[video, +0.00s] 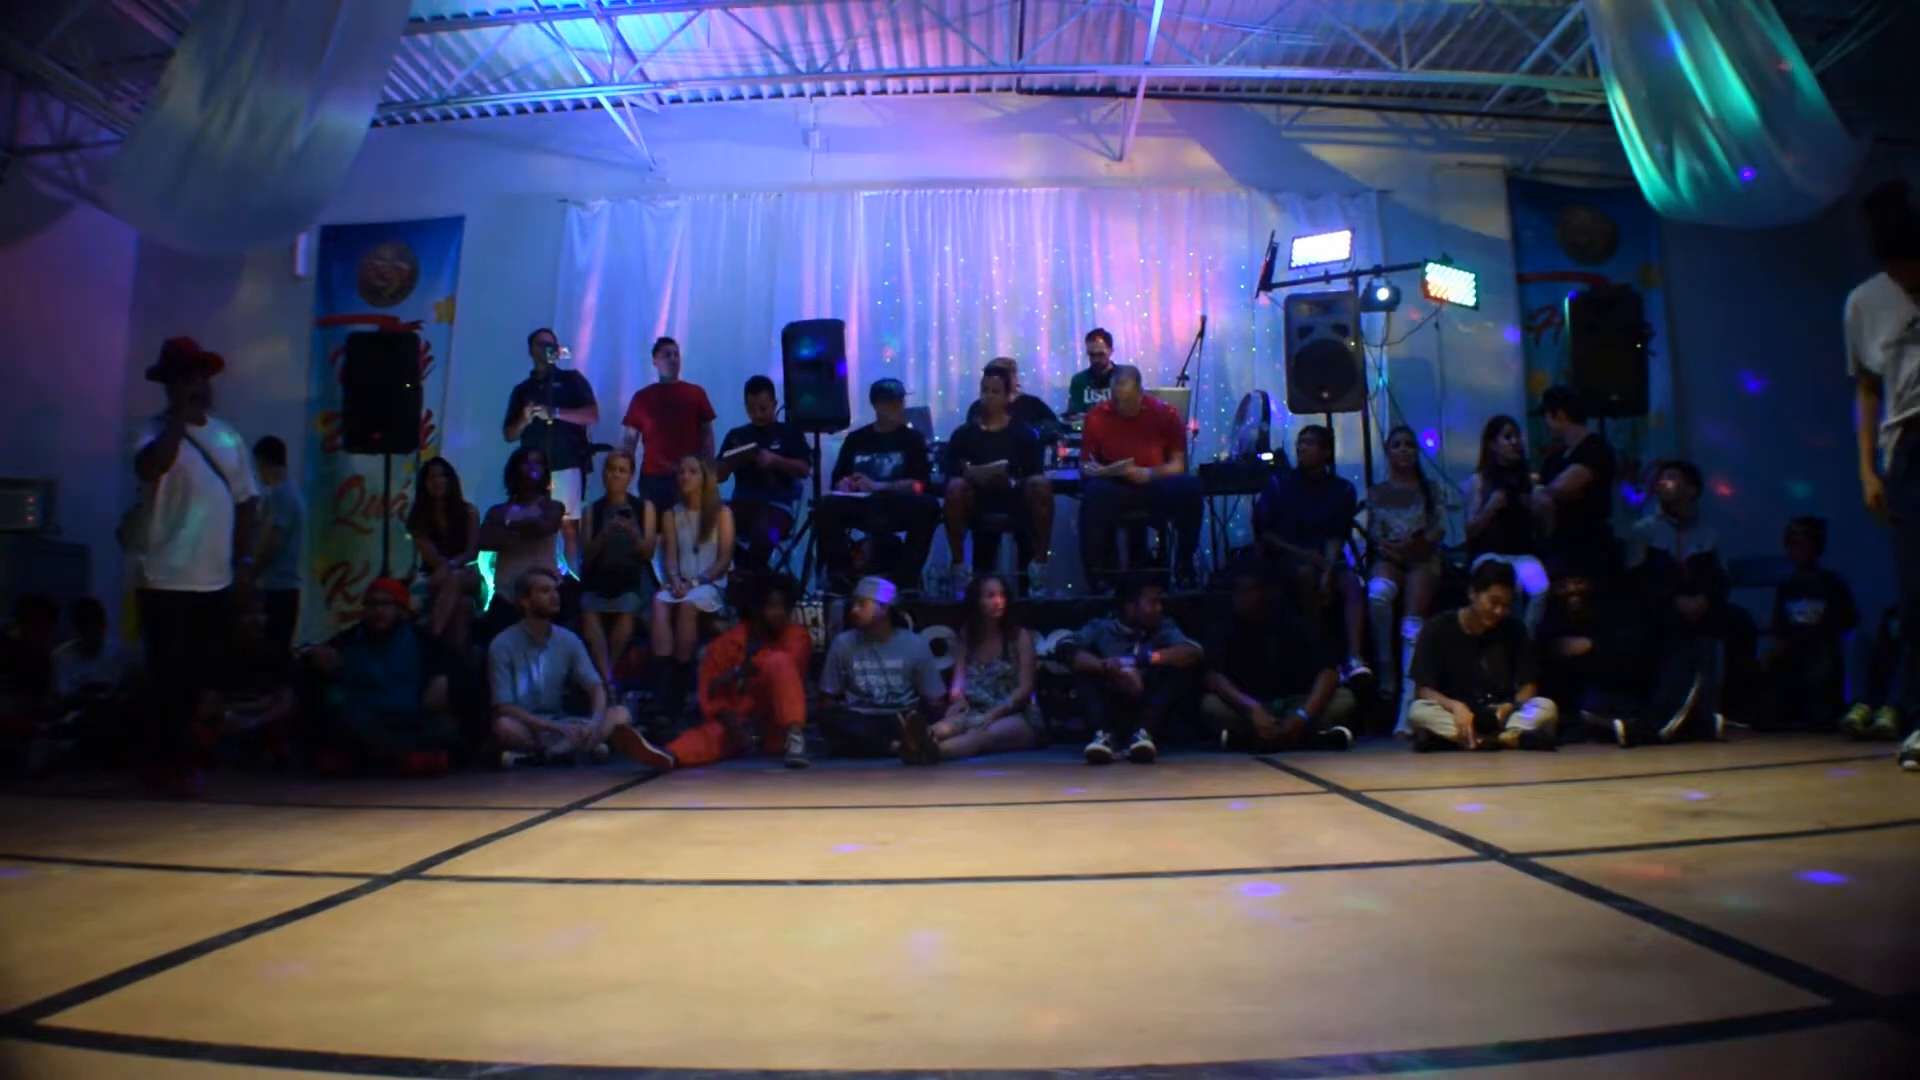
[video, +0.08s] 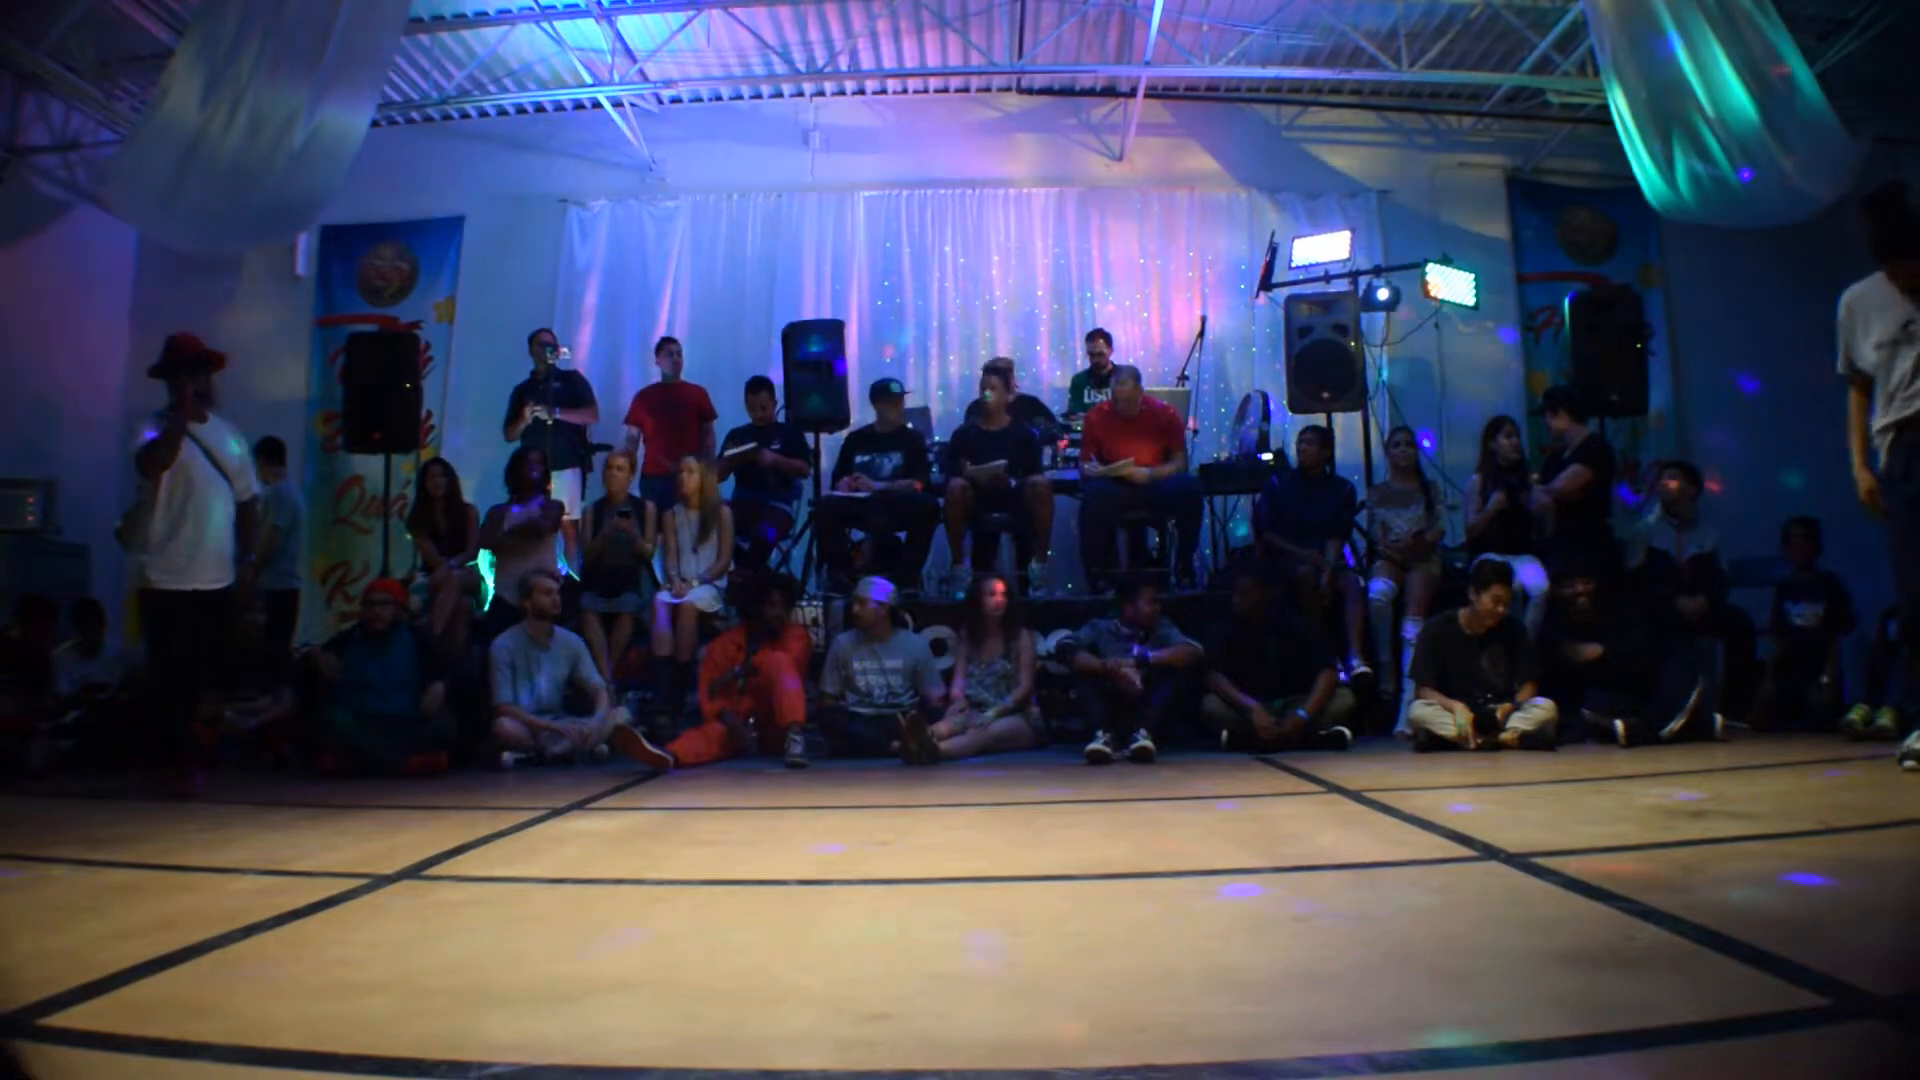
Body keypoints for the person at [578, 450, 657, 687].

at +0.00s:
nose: (616, 475)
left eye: (622, 470)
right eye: (611, 469)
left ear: (631, 476)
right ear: (604, 474)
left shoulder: (645, 507)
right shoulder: (591, 510)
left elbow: (648, 550)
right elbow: (587, 554)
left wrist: (631, 533)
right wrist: (604, 535)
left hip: (631, 573)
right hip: (599, 573)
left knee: (626, 611)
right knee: (589, 611)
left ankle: (607, 672)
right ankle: (606, 677)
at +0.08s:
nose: (613, 474)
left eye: (620, 469)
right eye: (609, 469)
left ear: (631, 476)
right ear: (603, 475)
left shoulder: (645, 508)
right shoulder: (591, 511)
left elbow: (649, 550)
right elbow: (586, 554)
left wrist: (632, 534)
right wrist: (605, 535)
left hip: (631, 573)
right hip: (599, 573)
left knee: (627, 610)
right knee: (589, 610)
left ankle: (608, 673)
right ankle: (605, 677)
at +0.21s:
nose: (612, 472)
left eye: (619, 468)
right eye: (608, 467)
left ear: (631, 476)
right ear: (603, 474)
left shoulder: (646, 508)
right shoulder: (592, 510)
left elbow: (648, 551)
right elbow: (587, 554)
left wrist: (631, 533)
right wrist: (605, 534)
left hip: (632, 573)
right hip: (599, 573)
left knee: (626, 610)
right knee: (588, 610)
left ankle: (606, 674)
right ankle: (605, 677)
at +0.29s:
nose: (612, 472)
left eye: (619, 468)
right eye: (608, 467)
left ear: (632, 475)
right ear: (603, 473)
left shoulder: (646, 508)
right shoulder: (592, 510)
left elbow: (648, 550)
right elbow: (587, 553)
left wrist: (631, 533)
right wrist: (605, 534)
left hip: (632, 573)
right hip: (599, 573)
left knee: (626, 610)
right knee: (588, 610)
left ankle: (606, 675)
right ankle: (606, 679)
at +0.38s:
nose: (612, 472)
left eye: (619, 467)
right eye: (609, 467)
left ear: (632, 475)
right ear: (603, 473)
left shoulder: (645, 507)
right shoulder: (592, 510)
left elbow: (648, 550)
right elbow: (587, 553)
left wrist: (631, 533)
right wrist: (605, 534)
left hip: (632, 573)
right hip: (599, 573)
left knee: (626, 610)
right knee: (588, 610)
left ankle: (607, 675)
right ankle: (606, 678)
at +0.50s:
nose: (612, 472)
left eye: (619, 467)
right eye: (609, 467)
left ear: (632, 475)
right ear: (604, 473)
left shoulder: (646, 508)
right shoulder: (592, 510)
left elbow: (648, 551)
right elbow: (587, 553)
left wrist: (631, 533)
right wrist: (606, 533)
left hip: (631, 574)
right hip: (600, 574)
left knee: (626, 608)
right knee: (588, 607)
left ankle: (610, 671)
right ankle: (602, 672)